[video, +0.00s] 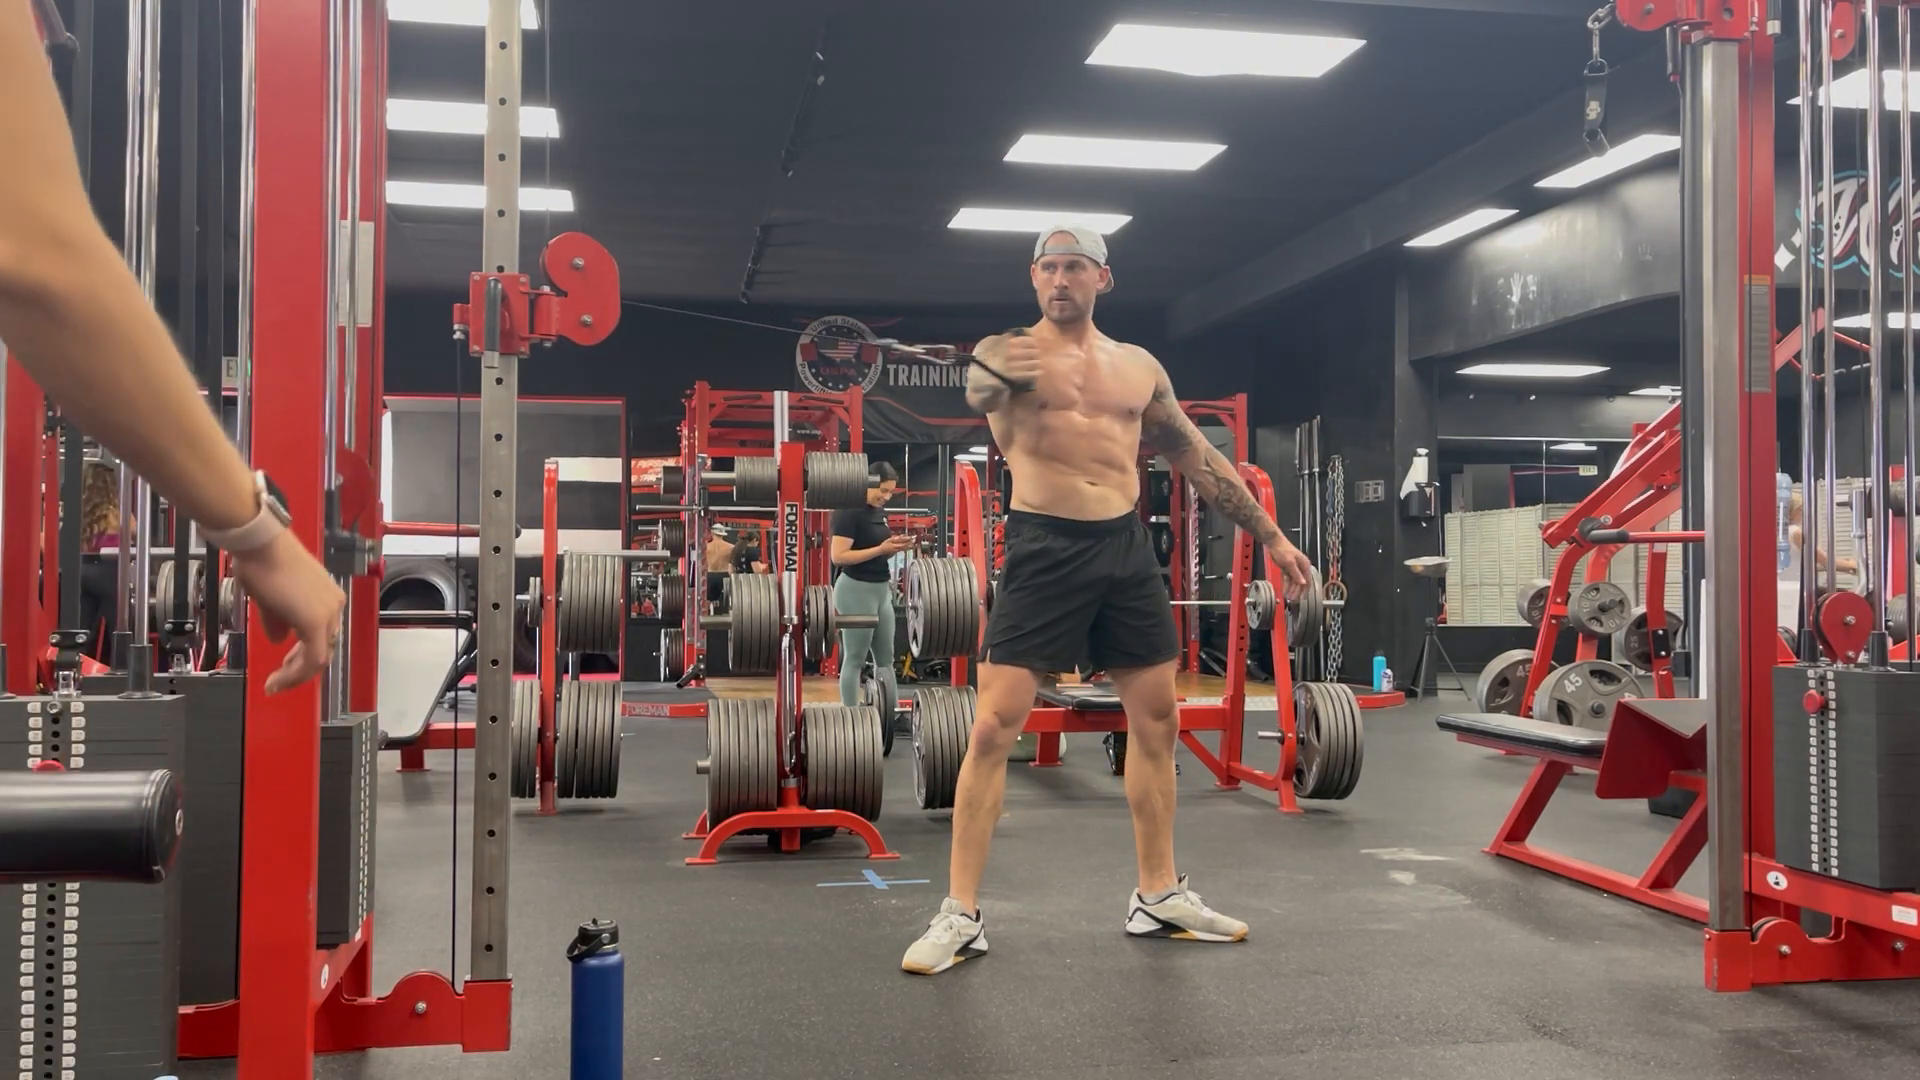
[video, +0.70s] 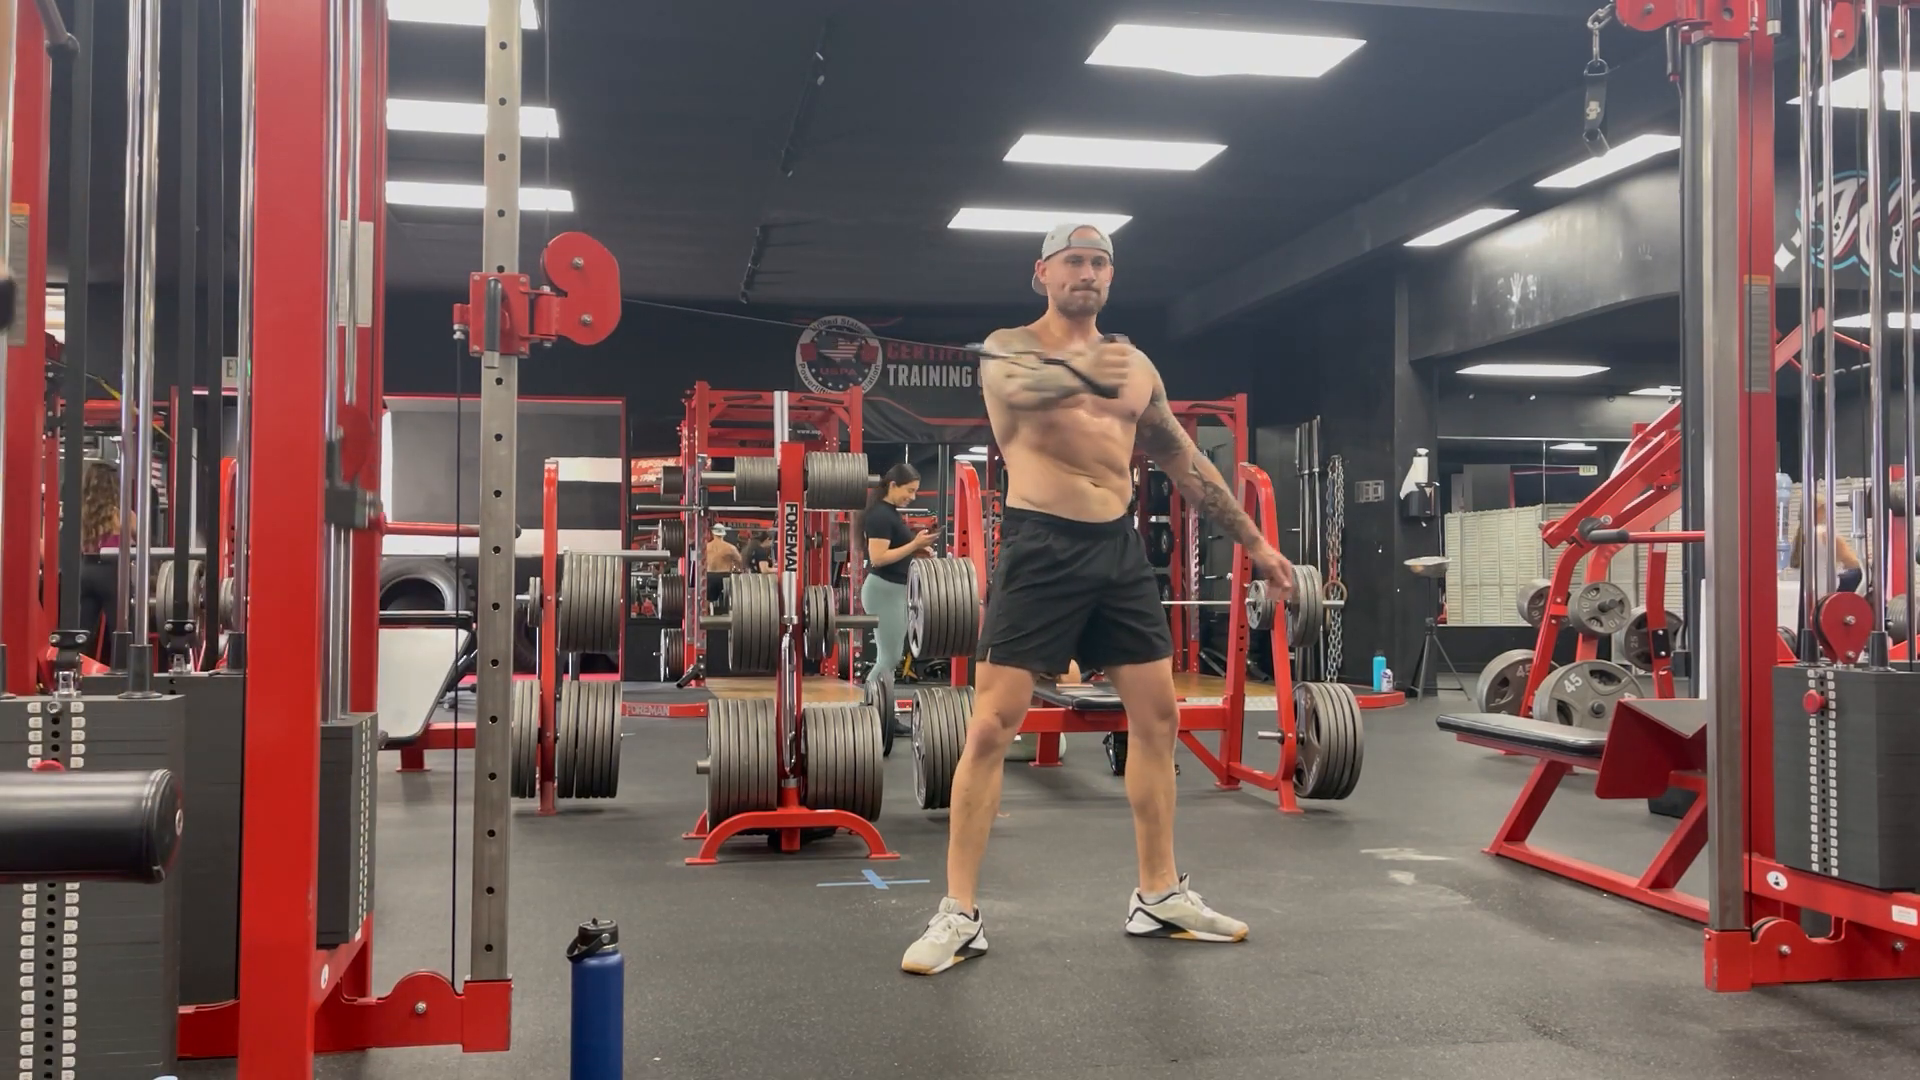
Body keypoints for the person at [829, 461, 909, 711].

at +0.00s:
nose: (887, 497)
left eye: (890, 493)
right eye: (884, 491)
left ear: (891, 489)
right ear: (868, 484)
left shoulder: (877, 512)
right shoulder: (849, 512)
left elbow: (873, 549)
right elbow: (838, 555)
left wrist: (895, 545)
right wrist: (882, 549)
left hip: (881, 590)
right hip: (855, 589)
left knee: (885, 660)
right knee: (854, 659)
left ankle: (891, 720)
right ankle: (851, 721)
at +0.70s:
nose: (912, 497)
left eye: (914, 492)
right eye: (909, 490)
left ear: (898, 489)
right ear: (893, 485)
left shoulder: (892, 513)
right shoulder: (880, 514)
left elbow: (891, 551)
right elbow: (877, 558)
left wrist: (916, 549)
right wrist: (914, 545)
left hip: (893, 589)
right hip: (884, 589)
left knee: (891, 657)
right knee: (889, 658)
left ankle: (880, 712)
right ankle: (869, 713)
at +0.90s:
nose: (923, 498)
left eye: (926, 493)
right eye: (921, 492)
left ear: (907, 488)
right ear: (904, 485)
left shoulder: (899, 512)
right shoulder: (892, 513)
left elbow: (897, 551)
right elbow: (887, 557)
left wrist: (921, 550)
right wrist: (923, 546)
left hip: (893, 585)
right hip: (890, 586)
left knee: (889, 657)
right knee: (919, 650)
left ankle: (881, 713)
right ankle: (898, 712)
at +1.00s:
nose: (931, 499)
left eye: (933, 494)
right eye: (928, 493)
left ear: (913, 488)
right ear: (912, 487)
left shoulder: (906, 511)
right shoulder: (898, 513)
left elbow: (904, 551)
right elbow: (892, 557)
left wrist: (929, 549)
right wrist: (928, 546)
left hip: (897, 583)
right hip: (896, 584)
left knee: (893, 653)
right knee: (928, 648)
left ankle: (882, 714)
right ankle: (926, 716)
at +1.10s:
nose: (937, 501)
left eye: (941, 496)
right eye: (935, 494)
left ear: (920, 490)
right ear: (919, 488)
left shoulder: (915, 513)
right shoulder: (905, 514)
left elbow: (912, 552)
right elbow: (898, 558)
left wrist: (937, 549)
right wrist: (934, 547)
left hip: (903, 582)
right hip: (903, 584)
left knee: (897, 652)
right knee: (933, 648)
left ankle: (884, 712)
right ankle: (945, 715)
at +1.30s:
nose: (954, 500)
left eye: (956, 495)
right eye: (952, 494)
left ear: (943, 493)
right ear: (939, 491)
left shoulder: (940, 516)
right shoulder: (926, 518)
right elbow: (918, 560)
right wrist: (955, 550)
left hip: (947, 593)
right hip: (930, 594)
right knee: (919, 651)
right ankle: (887, 704)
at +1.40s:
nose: (964, 499)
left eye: (965, 494)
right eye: (960, 493)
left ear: (955, 493)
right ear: (949, 492)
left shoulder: (956, 515)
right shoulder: (938, 517)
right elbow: (928, 560)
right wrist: (961, 552)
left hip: (957, 590)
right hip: (943, 592)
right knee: (941, 655)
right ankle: (899, 706)